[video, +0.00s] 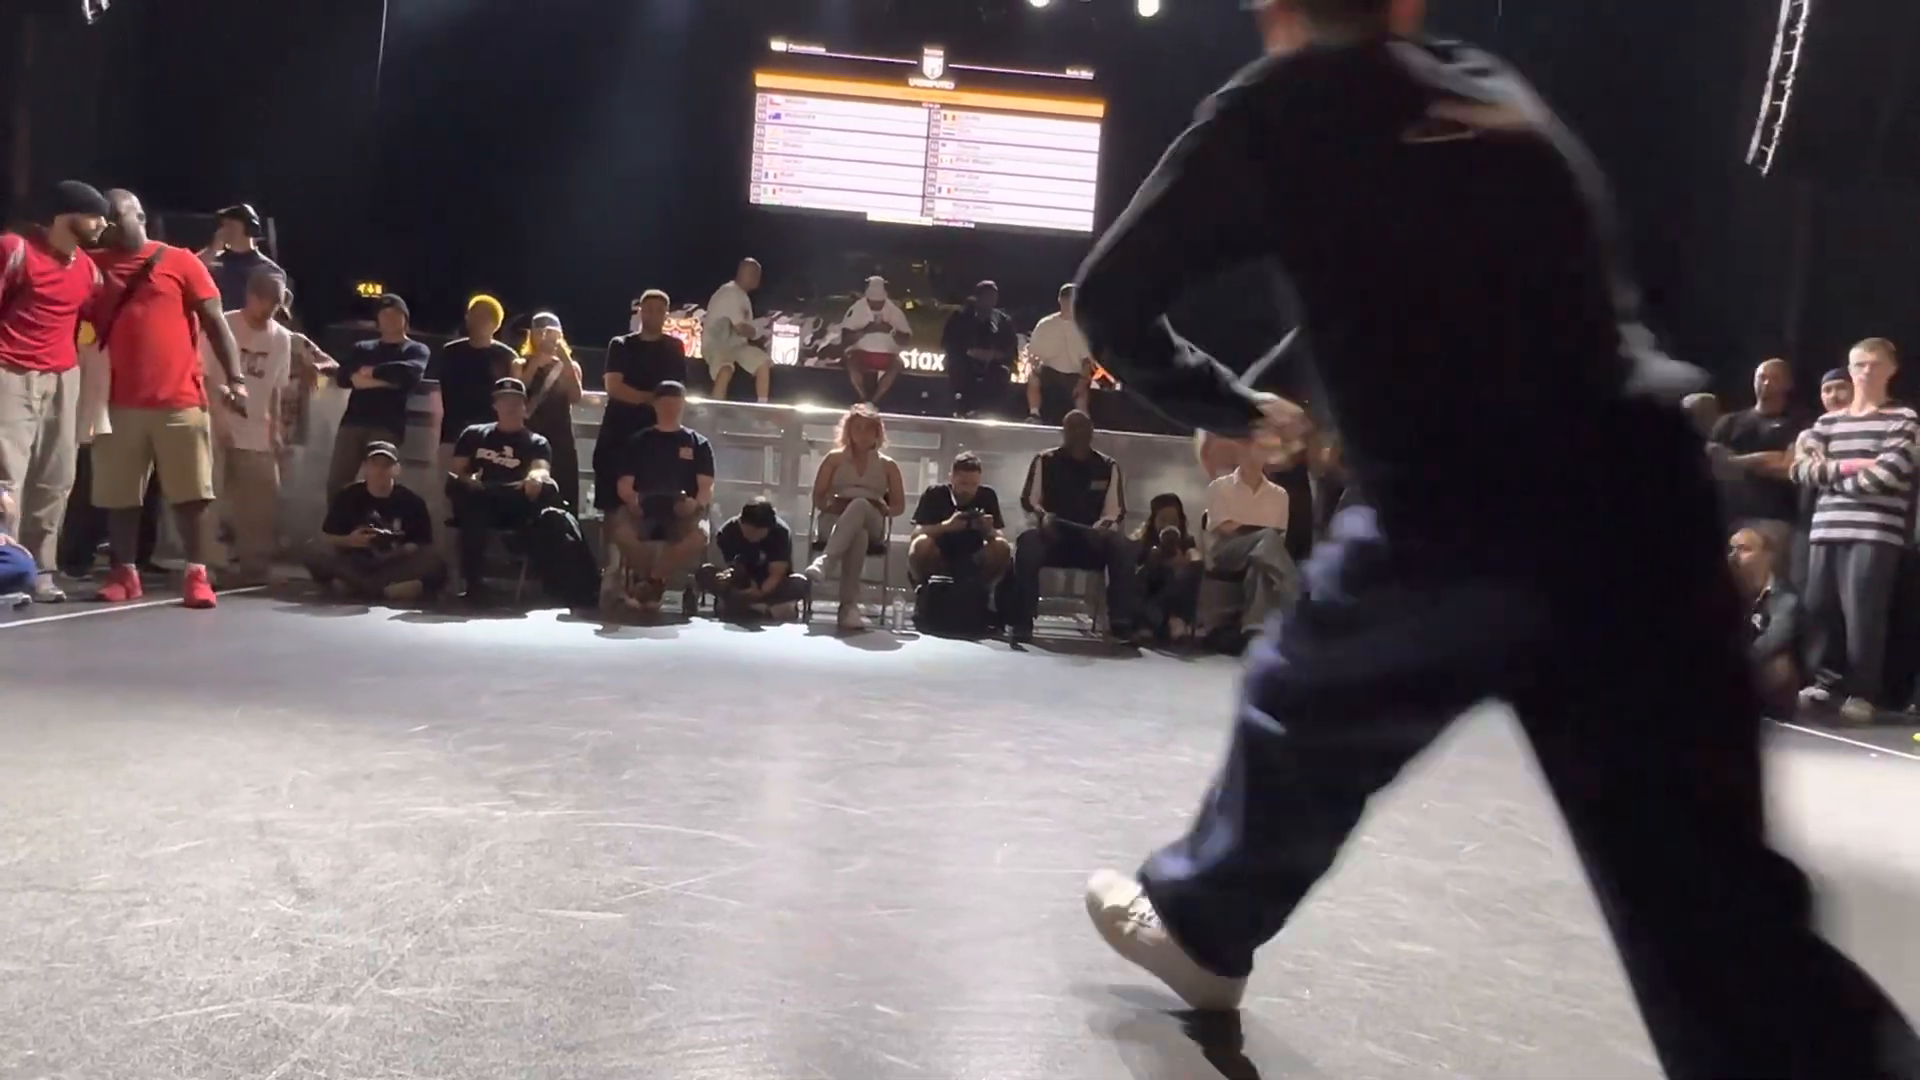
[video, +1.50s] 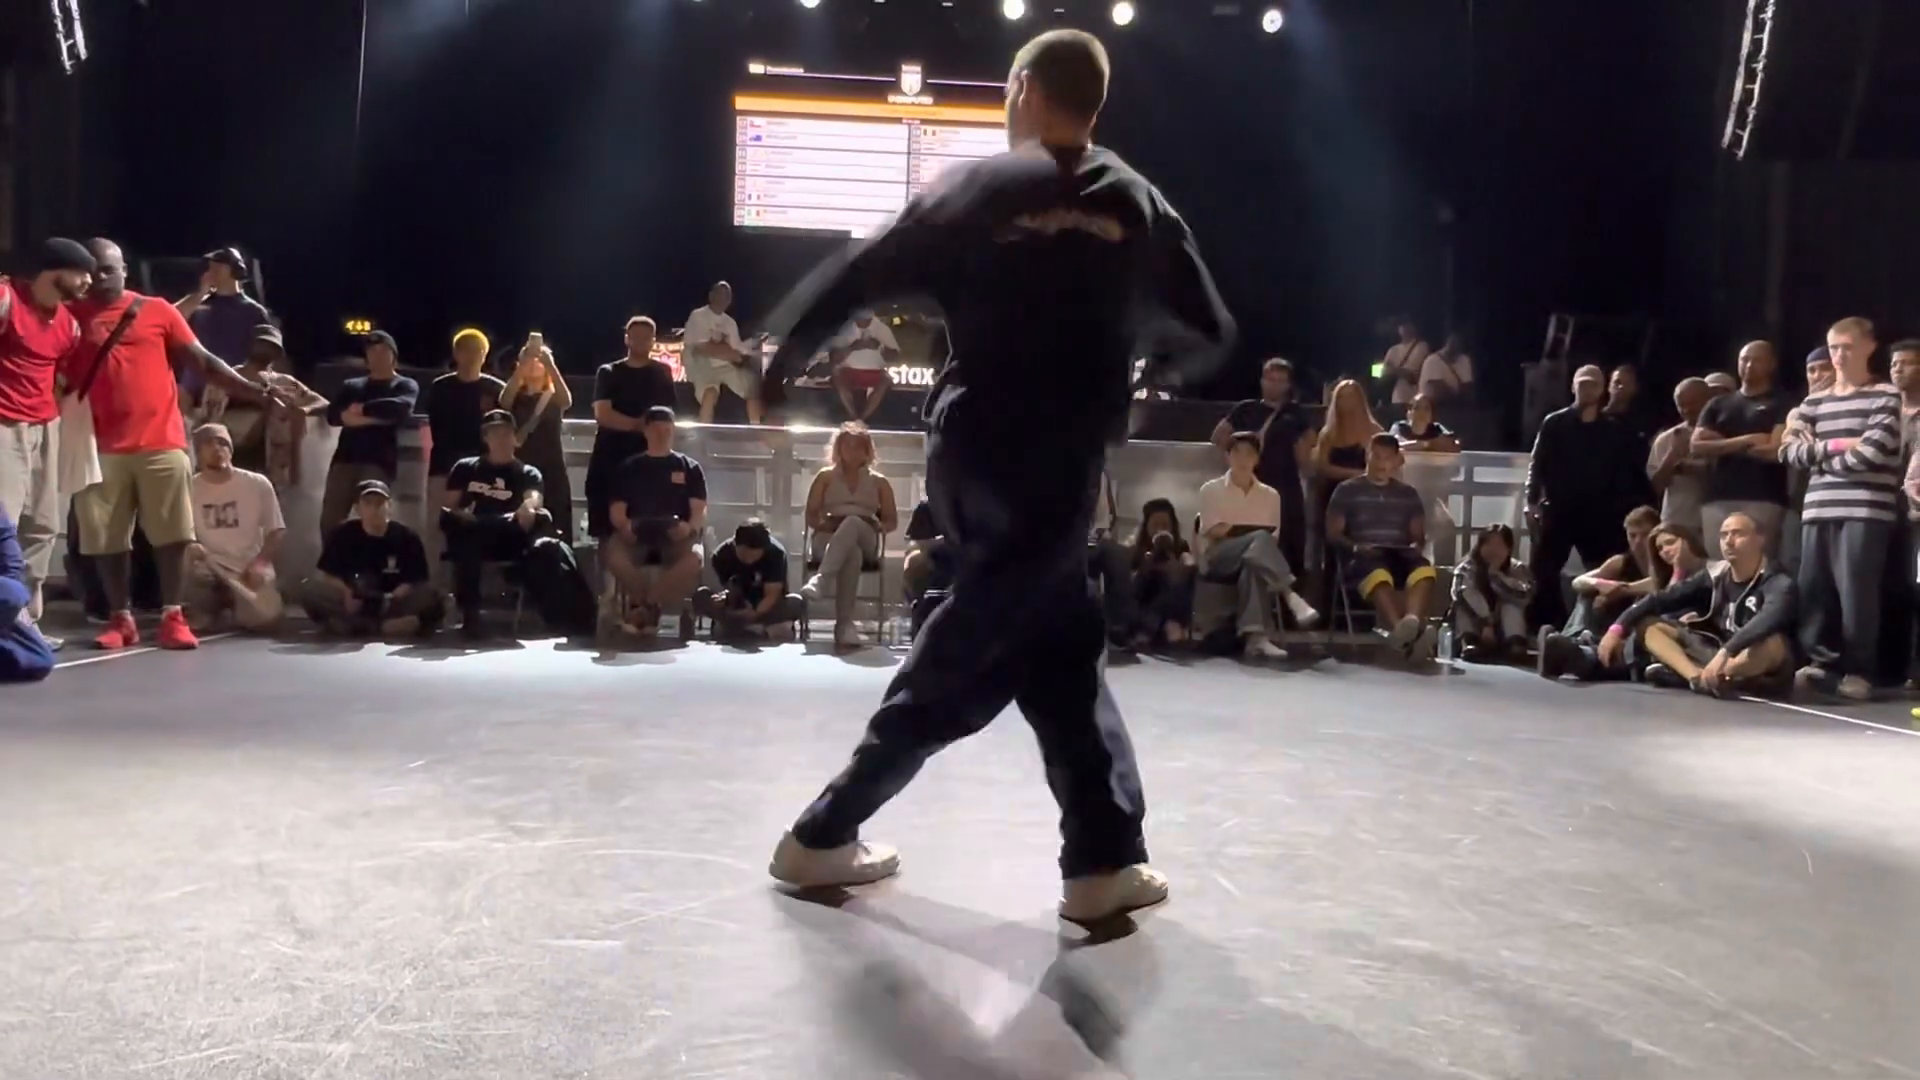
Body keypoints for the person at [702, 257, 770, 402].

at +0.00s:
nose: (758, 280)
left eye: (758, 276)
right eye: (756, 275)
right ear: (746, 275)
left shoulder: (743, 297)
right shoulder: (730, 292)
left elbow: (747, 325)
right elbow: (740, 327)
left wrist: (764, 322)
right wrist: (756, 332)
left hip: (738, 345)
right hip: (717, 345)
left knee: (763, 364)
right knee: (725, 370)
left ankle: (762, 407)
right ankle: (715, 410)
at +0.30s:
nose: (739, 281)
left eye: (742, 278)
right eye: (736, 276)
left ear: (745, 281)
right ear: (728, 275)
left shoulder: (737, 303)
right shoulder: (710, 293)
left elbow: (744, 334)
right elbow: (700, 322)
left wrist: (729, 328)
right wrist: (723, 326)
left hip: (729, 347)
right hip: (706, 345)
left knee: (755, 366)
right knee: (716, 372)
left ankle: (754, 410)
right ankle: (706, 412)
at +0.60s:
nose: (726, 286)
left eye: (730, 283)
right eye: (724, 281)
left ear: (734, 287)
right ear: (715, 282)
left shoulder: (733, 309)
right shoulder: (699, 301)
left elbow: (736, 341)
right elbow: (693, 333)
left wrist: (709, 335)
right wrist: (719, 332)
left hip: (724, 353)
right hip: (701, 352)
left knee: (753, 373)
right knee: (706, 380)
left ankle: (753, 419)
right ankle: (700, 423)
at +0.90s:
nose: (715, 276)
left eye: (719, 272)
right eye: (712, 271)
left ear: (723, 276)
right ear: (703, 272)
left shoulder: (724, 299)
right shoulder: (690, 293)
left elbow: (730, 332)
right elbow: (688, 325)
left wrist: (708, 324)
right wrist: (713, 325)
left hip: (718, 344)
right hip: (695, 343)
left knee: (747, 365)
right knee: (702, 372)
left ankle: (749, 410)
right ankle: (696, 415)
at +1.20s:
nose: (723, 294)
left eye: (726, 290)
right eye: (719, 290)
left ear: (729, 295)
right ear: (710, 292)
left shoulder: (730, 318)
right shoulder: (697, 312)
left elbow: (737, 350)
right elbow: (700, 345)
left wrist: (711, 345)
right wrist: (725, 345)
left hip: (725, 362)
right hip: (701, 362)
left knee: (753, 383)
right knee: (709, 391)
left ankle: (756, 428)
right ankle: (703, 432)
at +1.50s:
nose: (724, 298)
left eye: (727, 295)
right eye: (720, 294)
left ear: (730, 299)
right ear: (711, 296)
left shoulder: (730, 323)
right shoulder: (698, 316)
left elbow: (737, 349)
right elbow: (698, 347)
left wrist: (755, 344)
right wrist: (728, 352)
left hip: (726, 366)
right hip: (702, 365)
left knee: (752, 383)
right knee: (710, 393)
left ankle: (756, 431)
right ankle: (703, 434)